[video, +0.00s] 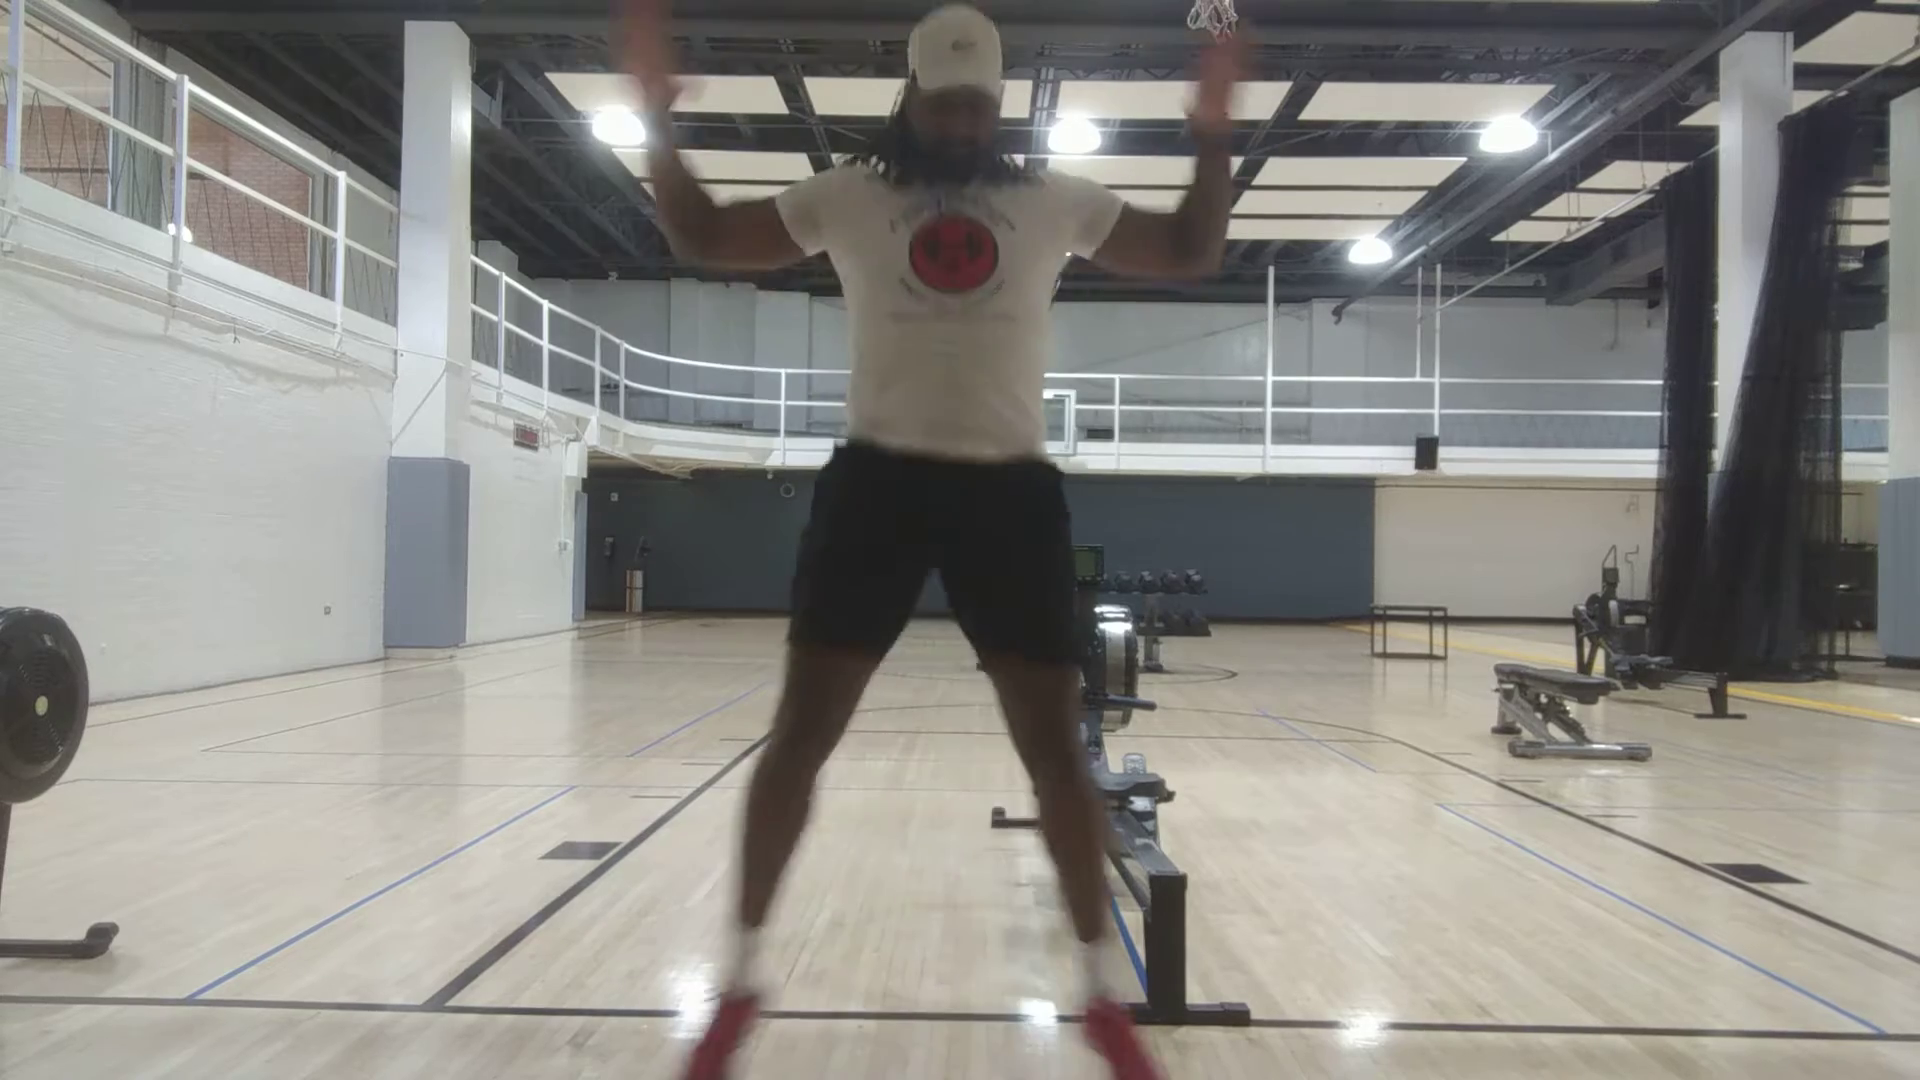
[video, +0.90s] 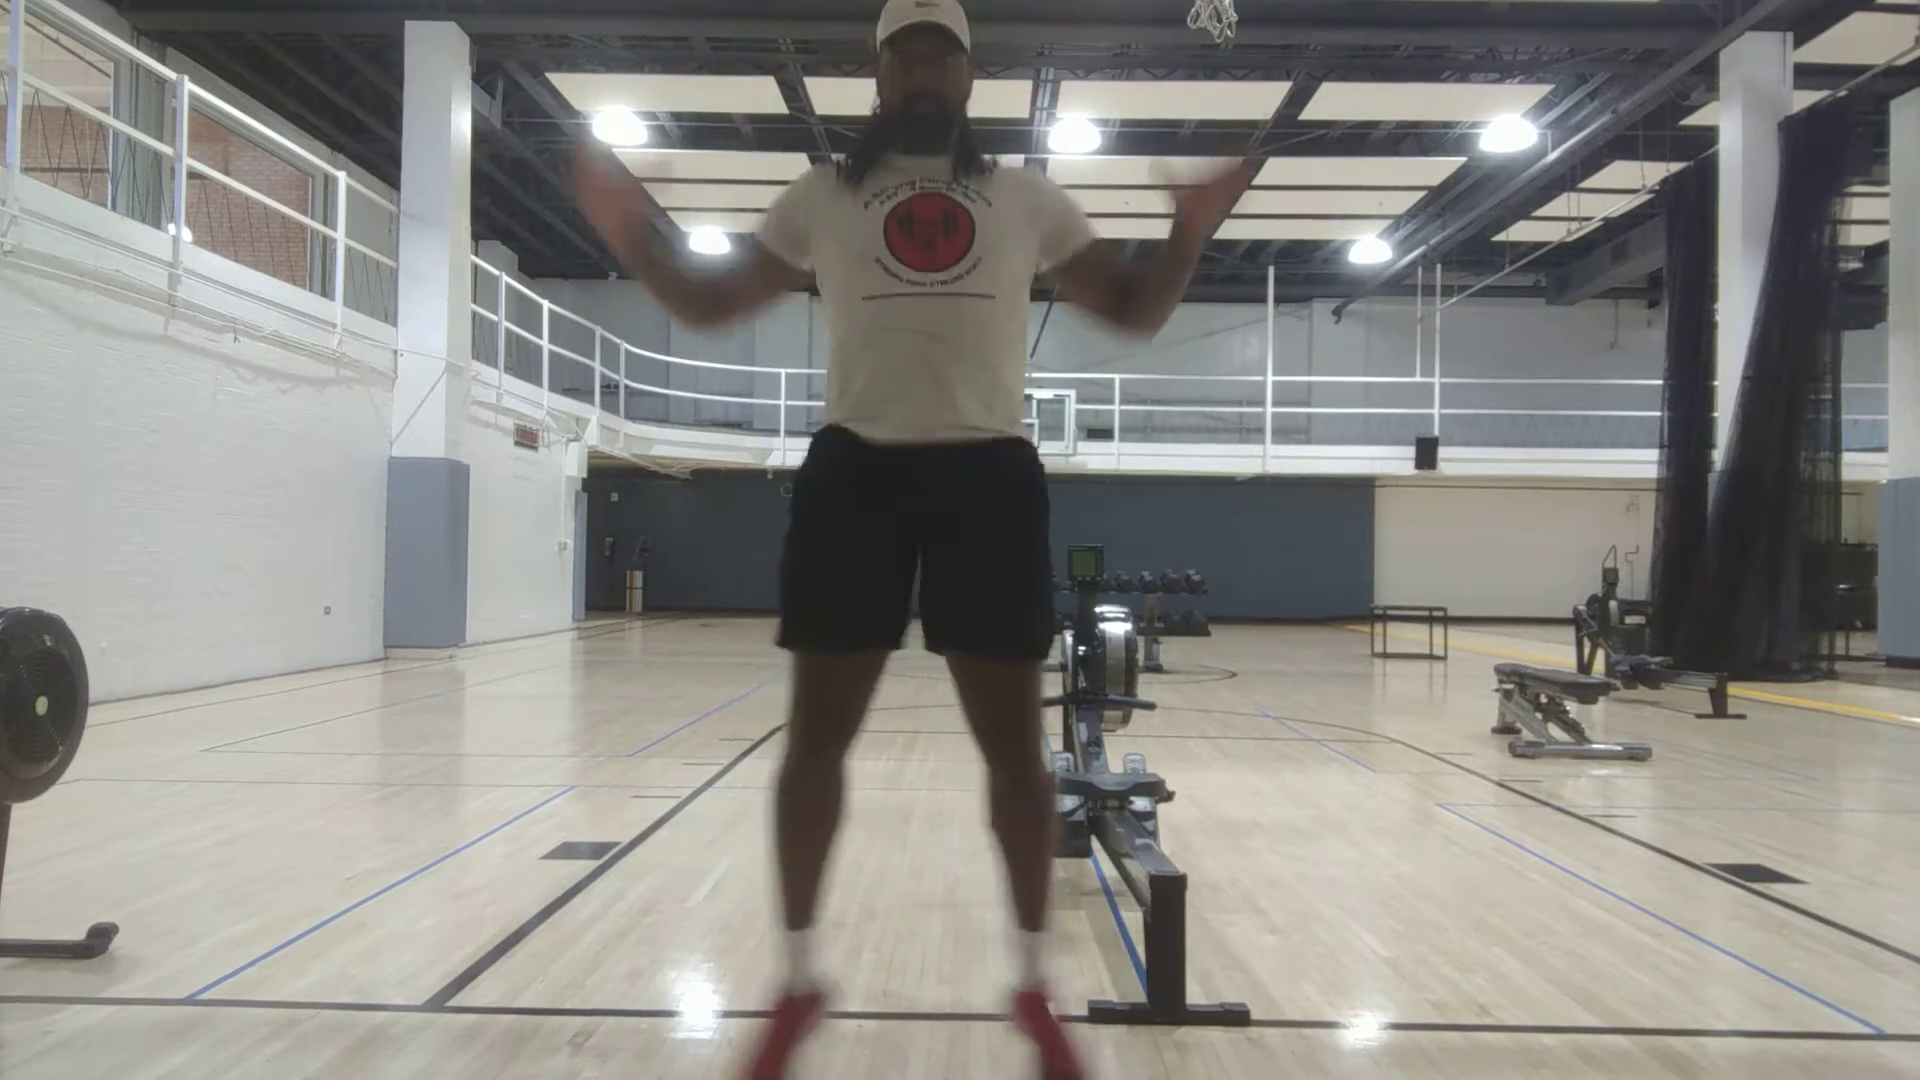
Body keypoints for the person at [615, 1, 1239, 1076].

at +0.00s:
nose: (961, 123)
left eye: (977, 104)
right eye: (942, 104)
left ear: (1004, 105)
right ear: (907, 103)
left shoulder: (1055, 200)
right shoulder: (851, 195)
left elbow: (1190, 252)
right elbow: (703, 235)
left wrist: (1214, 124)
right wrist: (656, 112)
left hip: (1011, 493)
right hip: (875, 485)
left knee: (1057, 747)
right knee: (802, 733)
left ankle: (1104, 989)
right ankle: (739, 977)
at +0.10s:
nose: (960, 180)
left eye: (977, 163)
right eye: (943, 161)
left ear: (1004, 168)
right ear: (909, 165)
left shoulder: (1054, 252)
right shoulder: (848, 248)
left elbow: (1189, 219)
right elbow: (709, 213)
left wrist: (1123, 97)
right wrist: (749, 86)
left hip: (1012, 566)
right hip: (873, 558)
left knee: (1080, 806)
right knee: (772, 795)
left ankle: (1159, 1036)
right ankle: (677, 1021)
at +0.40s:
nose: (945, 103)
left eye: (962, 86)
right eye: (926, 85)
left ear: (989, 101)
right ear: (892, 99)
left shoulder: (1044, 215)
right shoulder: (839, 212)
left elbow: (1161, 299)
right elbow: (715, 285)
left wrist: (1246, 203)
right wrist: (644, 205)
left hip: (1001, 499)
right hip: (865, 495)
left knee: (1038, 752)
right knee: (809, 738)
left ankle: (1064, 997)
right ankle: (780, 982)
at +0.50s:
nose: (937, 89)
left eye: (954, 71)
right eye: (919, 71)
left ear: (980, 87)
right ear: (886, 87)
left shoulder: (1035, 211)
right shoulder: (833, 215)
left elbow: (1092, 348)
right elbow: (761, 340)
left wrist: (1162, 332)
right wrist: (724, 325)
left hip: (997, 501)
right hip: (866, 498)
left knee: (993, 766)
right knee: (849, 760)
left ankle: (967, 1001)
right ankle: (868, 997)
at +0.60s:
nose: (928, 133)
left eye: (946, 117)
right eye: (910, 116)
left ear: (973, 140)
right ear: (880, 137)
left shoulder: (1028, 279)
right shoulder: (829, 275)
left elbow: (1051, 417)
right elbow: (804, 424)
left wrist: (1051, 426)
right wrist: (799, 417)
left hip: (989, 557)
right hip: (863, 552)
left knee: (982, 820)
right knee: (857, 810)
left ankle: (957, 1030)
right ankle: (875, 1033)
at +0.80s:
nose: (925, 111)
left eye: (943, 93)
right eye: (906, 94)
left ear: (971, 113)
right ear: (877, 114)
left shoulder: (1024, 252)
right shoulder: (824, 250)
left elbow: (1085, 373)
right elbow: (760, 371)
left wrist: (1133, 366)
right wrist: (716, 373)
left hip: (989, 528)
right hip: (859, 527)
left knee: (989, 779)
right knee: (846, 769)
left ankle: (970, 1005)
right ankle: (863, 1001)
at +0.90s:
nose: (923, 65)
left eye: (941, 49)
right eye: (903, 50)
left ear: (972, 75)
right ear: (875, 76)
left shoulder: (1026, 195)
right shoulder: (825, 193)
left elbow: (1135, 308)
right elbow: (707, 304)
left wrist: (1192, 231)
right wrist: (639, 238)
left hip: (990, 481)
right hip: (854, 480)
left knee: (1013, 738)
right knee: (817, 733)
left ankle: (1033, 983)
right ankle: (799, 979)